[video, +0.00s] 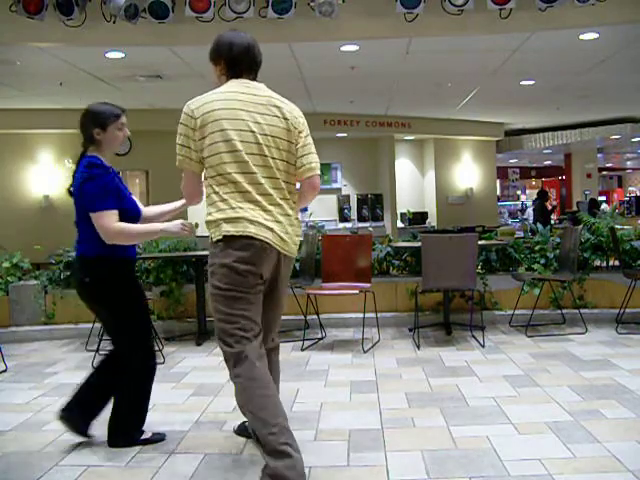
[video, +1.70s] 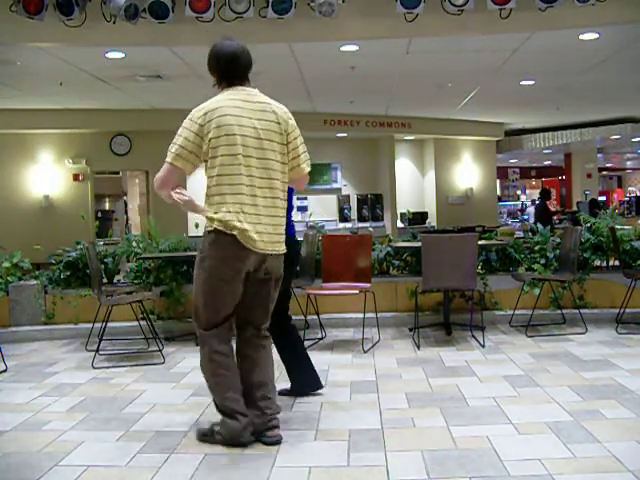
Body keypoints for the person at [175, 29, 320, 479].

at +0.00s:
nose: (210, 72)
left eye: (211, 66)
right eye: (211, 66)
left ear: (219, 66)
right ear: (257, 67)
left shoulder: (199, 108)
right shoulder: (289, 110)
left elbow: (192, 193)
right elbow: (311, 184)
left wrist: (209, 185)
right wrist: (284, 203)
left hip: (235, 237)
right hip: (283, 239)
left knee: (241, 348)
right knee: (266, 339)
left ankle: (286, 465)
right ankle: (260, 420)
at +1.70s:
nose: (211, 77)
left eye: (211, 72)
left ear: (213, 74)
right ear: (249, 71)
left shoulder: (206, 113)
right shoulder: (280, 113)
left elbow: (165, 183)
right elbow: (301, 181)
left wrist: (192, 204)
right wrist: (265, 170)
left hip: (226, 241)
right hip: (273, 246)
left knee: (215, 330)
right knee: (255, 331)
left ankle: (235, 422)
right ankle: (265, 422)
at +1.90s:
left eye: (207, 88)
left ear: (207, 90)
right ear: (243, 86)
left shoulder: (197, 130)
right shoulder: (272, 125)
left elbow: (161, 198)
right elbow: (296, 188)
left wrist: (182, 213)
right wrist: (267, 169)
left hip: (216, 251)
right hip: (266, 253)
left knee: (204, 327)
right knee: (252, 335)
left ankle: (206, 398)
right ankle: (261, 422)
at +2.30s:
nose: (222, 93)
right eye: (222, 88)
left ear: (189, 96)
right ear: (222, 91)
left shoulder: (178, 135)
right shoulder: (246, 129)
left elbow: (149, 197)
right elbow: (264, 183)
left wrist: (165, 210)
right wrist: (266, 170)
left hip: (194, 239)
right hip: (238, 238)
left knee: (196, 317)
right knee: (244, 315)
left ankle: (198, 388)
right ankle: (257, 402)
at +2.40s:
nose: (219, 95)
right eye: (219, 90)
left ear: (186, 98)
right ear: (219, 93)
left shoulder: (173, 135)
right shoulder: (241, 131)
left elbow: (146, 195)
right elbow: (256, 180)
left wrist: (164, 208)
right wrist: (265, 172)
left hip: (189, 237)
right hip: (232, 237)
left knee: (197, 316)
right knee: (242, 311)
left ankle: (200, 387)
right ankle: (256, 393)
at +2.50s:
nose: (219, 99)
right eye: (218, 94)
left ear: (184, 101)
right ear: (215, 97)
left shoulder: (171, 136)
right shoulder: (235, 131)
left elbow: (143, 193)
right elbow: (250, 180)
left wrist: (158, 206)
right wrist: (256, 171)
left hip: (186, 237)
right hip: (228, 236)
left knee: (196, 314)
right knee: (240, 308)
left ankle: (199, 386)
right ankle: (253, 385)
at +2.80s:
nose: (207, 113)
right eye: (206, 108)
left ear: (175, 115)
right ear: (204, 109)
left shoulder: (164, 147)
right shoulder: (226, 138)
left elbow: (139, 200)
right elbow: (243, 188)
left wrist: (156, 210)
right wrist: (255, 175)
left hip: (185, 243)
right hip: (226, 240)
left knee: (197, 313)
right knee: (245, 306)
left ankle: (199, 386)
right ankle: (261, 367)